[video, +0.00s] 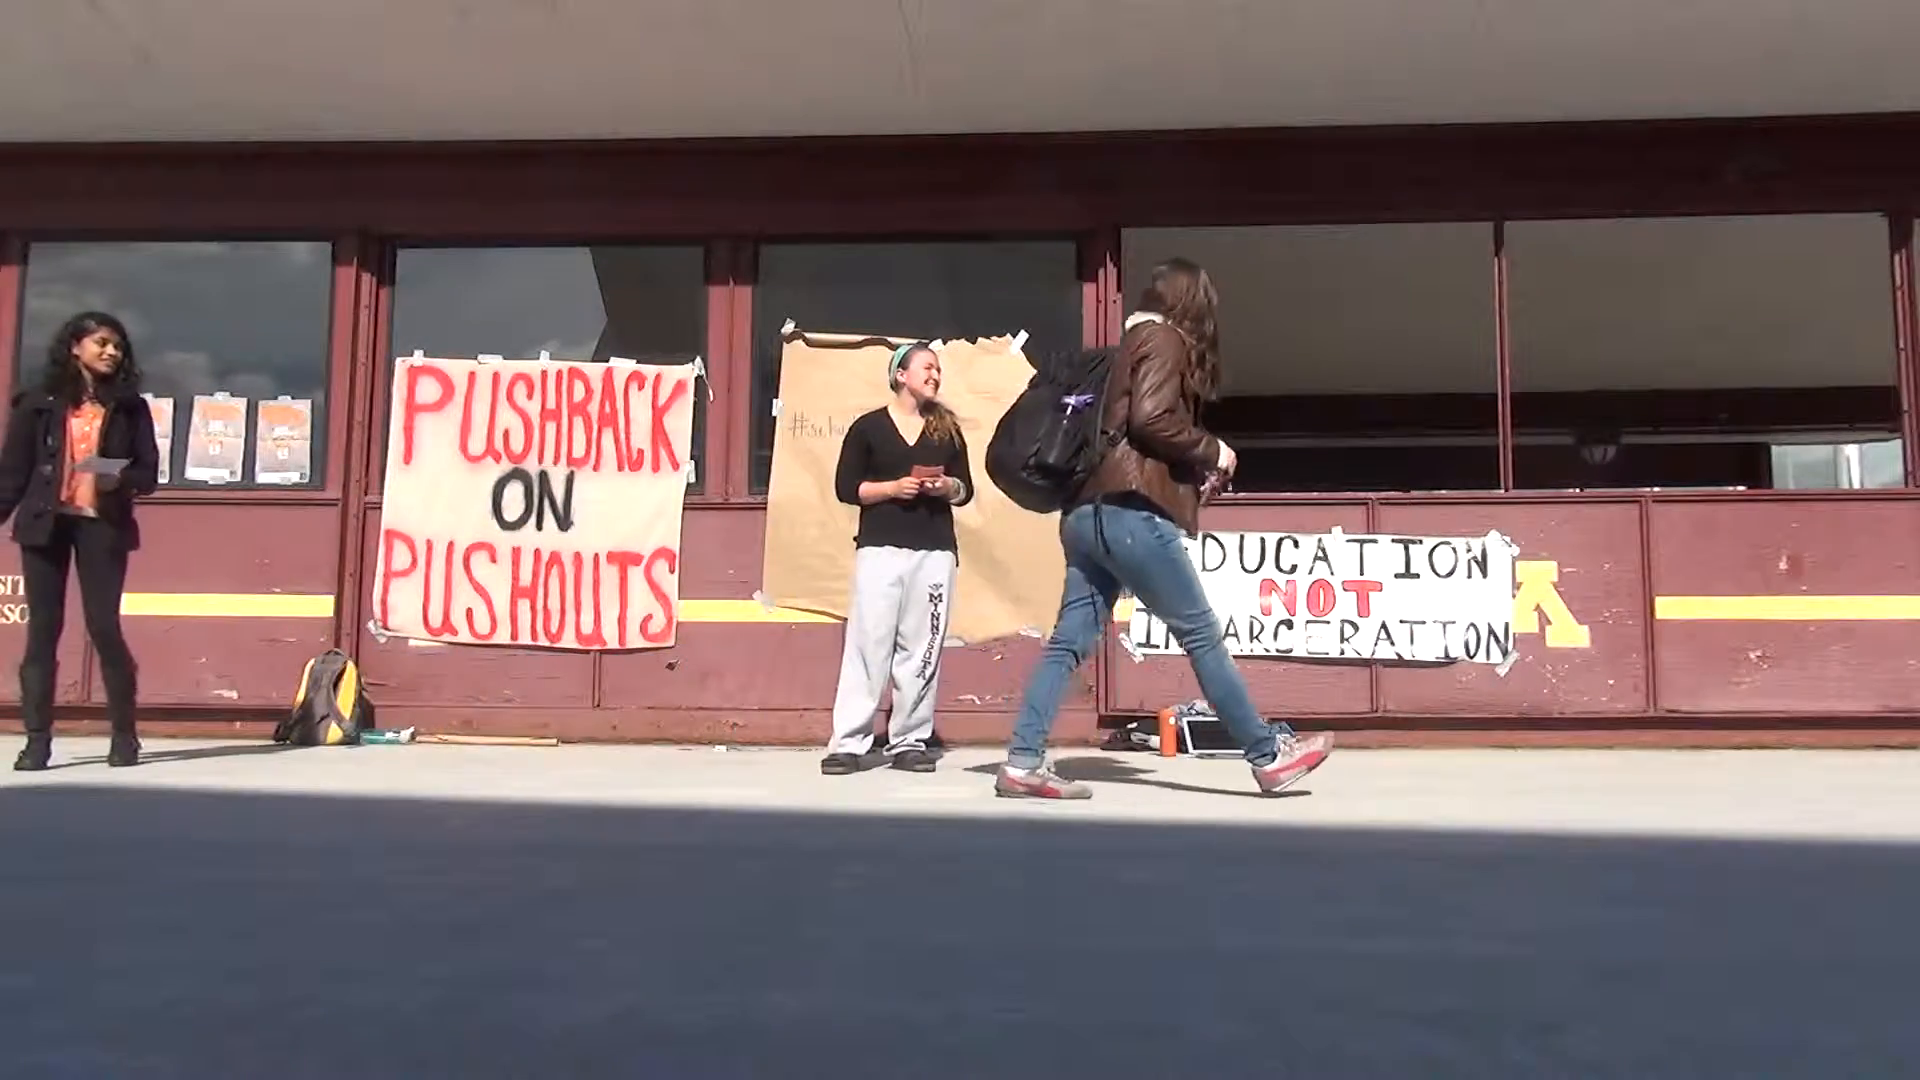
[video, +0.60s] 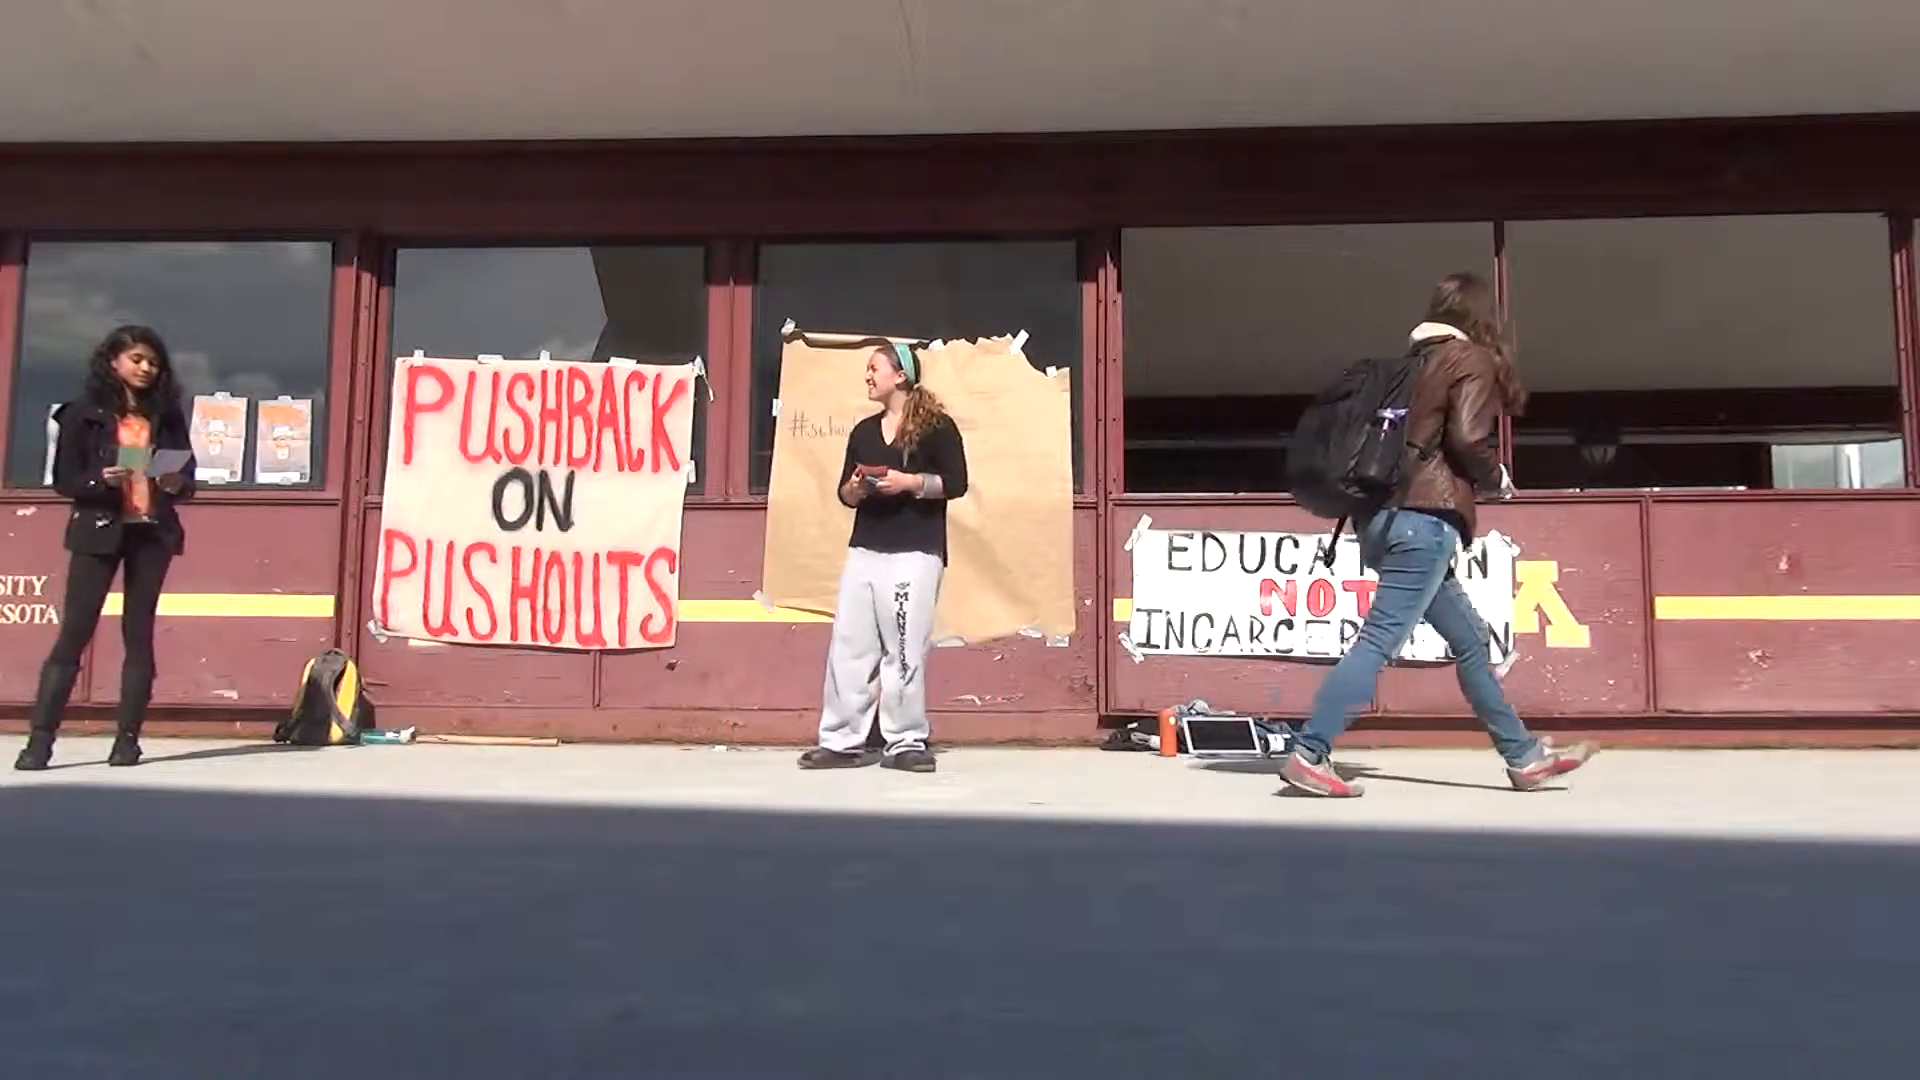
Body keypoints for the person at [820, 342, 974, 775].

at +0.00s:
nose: (936, 375)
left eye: (938, 369)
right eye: (927, 367)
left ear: (937, 379)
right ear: (900, 373)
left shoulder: (946, 429)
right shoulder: (866, 427)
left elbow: (964, 490)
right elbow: (846, 489)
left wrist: (947, 487)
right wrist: (893, 488)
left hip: (934, 550)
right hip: (880, 548)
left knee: (921, 648)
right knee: (869, 645)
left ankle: (910, 742)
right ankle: (848, 744)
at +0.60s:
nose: (867, 376)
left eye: (874, 369)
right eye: (867, 369)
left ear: (901, 374)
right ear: (884, 376)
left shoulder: (937, 426)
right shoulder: (863, 432)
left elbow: (955, 483)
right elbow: (845, 493)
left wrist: (908, 483)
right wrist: (856, 490)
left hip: (915, 551)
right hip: (866, 549)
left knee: (905, 648)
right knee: (851, 645)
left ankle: (907, 741)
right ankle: (845, 740)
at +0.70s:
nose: (858, 378)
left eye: (865, 371)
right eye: (859, 371)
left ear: (891, 376)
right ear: (879, 377)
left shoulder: (929, 427)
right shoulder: (858, 433)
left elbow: (945, 484)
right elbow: (843, 496)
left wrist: (896, 478)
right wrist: (843, 487)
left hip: (906, 550)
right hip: (859, 549)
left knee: (898, 648)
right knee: (849, 646)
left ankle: (906, 741)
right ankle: (847, 741)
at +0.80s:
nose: (849, 378)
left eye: (856, 371)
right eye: (850, 371)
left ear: (881, 376)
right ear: (869, 378)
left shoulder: (917, 428)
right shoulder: (851, 435)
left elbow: (929, 484)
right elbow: (847, 496)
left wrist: (898, 468)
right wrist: (820, 482)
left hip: (893, 553)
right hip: (850, 552)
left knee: (891, 652)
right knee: (843, 652)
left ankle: (906, 742)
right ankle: (847, 741)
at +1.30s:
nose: (816, 377)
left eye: (823, 371)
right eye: (819, 371)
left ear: (845, 378)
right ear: (840, 378)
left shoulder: (868, 429)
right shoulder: (828, 432)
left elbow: (872, 493)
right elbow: (812, 499)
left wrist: (840, 498)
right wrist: (769, 489)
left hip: (847, 552)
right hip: (813, 553)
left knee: (852, 645)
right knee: (821, 651)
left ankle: (898, 735)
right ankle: (843, 742)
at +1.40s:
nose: (809, 378)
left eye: (816, 371)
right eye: (812, 371)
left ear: (839, 378)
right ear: (834, 377)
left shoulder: (862, 429)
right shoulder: (826, 431)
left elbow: (862, 492)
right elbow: (810, 499)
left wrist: (819, 493)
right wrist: (766, 487)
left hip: (841, 552)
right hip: (809, 552)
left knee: (840, 647)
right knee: (816, 652)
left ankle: (887, 736)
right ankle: (840, 743)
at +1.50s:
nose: (805, 379)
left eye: (812, 372)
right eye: (808, 372)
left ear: (834, 378)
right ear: (830, 378)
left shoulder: (855, 430)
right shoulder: (825, 432)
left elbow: (852, 491)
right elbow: (811, 500)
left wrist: (799, 482)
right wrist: (768, 490)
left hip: (836, 551)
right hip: (809, 550)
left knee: (829, 646)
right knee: (813, 651)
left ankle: (869, 738)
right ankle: (835, 741)